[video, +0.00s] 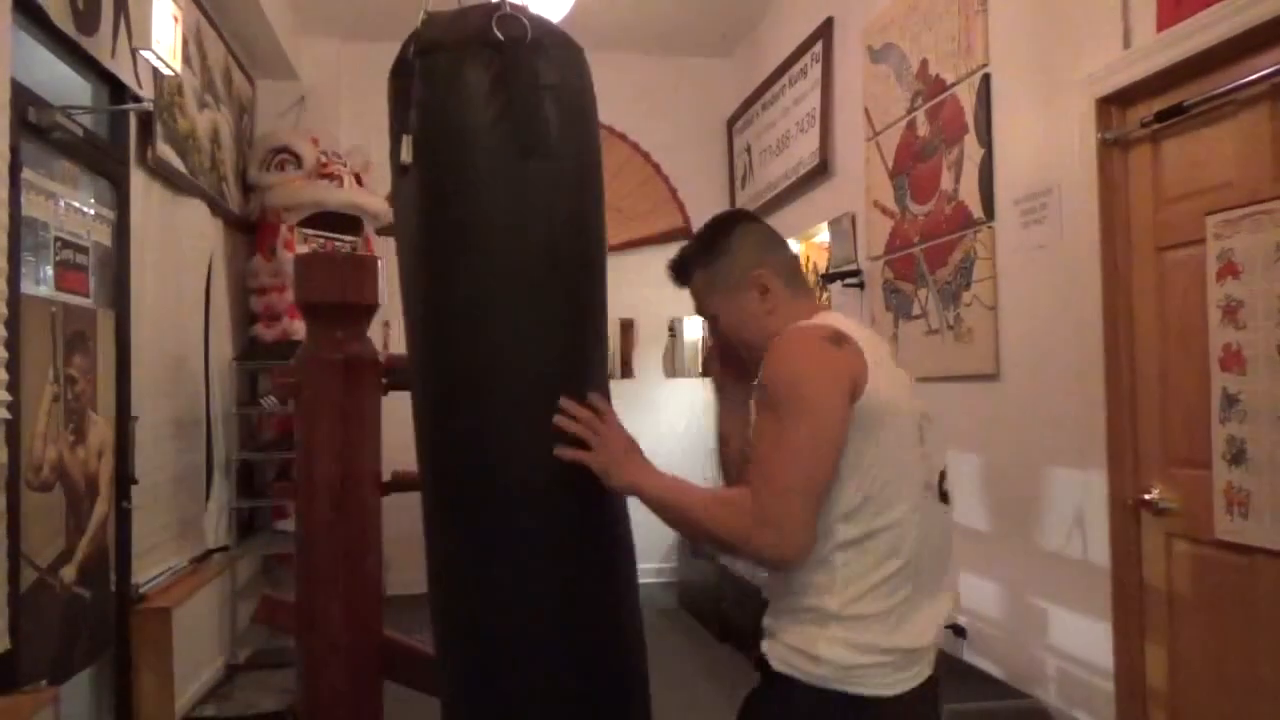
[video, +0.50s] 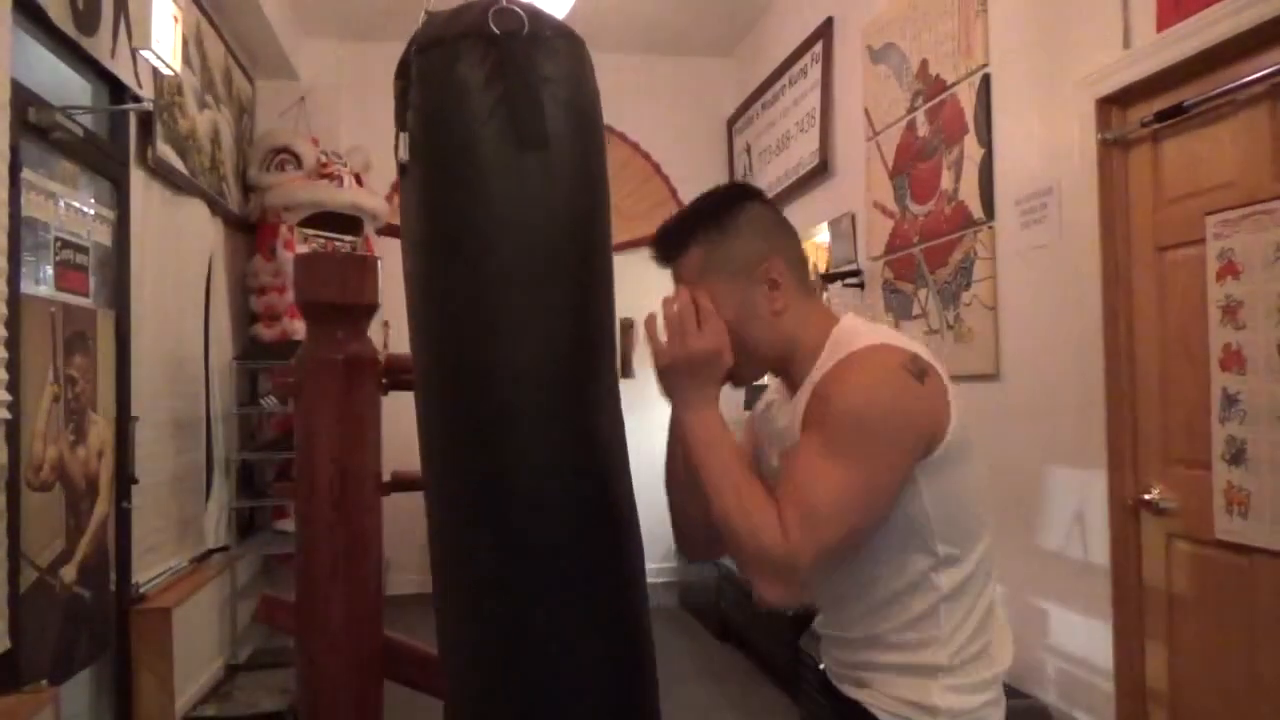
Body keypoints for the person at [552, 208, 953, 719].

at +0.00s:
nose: (714, 336)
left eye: (711, 317)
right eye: (706, 321)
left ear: (762, 290)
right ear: (766, 290)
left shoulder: (806, 349)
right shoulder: (853, 343)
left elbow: (778, 534)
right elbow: (750, 504)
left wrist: (639, 475)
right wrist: (733, 389)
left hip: (836, 686)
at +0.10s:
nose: (733, 339)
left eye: (730, 316)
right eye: (725, 320)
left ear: (774, 290)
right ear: (782, 287)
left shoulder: (805, 344)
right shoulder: (886, 347)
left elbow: (782, 522)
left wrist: (645, 470)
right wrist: (759, 388)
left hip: (846, 689)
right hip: (932, 683)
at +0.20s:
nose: (741, 333)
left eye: (739, 313)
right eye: (733, 318)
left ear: (788, 289)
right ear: (794, 286)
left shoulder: (828, 350)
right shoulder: (888, 343)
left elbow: (795, 534)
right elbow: (777, 504)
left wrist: (661, 450)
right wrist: (760, 390)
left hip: (872, 694)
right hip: (939, 684)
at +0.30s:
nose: (730, 321)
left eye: (735, 298)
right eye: (726, 301)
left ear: (797, 277)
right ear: (802, 279)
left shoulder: (855, 347)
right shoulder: (871, 334)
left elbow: (785, 533)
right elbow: (769, 506)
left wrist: (693, 395)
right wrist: (738, 372)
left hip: (890, 685)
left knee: (699, 586)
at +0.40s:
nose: (721, 317)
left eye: (726, 291)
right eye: (714, 296)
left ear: (794, 269)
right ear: (796, 270)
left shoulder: (878, 357)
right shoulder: (819, 368)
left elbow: (776, 536)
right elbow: (717, 502)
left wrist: (709, 372)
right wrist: (709, 372)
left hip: (902, 690)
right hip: (841, 658)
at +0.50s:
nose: (695, 335)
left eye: (702, 311)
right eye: (688, 315)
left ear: (773, 288)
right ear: (774, 291)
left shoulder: (878, 381)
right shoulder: (782, 397)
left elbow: (781, 569)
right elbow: (701, 541)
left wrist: (695, 402)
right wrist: (689, 401)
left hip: (921, 702)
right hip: (837, 671)